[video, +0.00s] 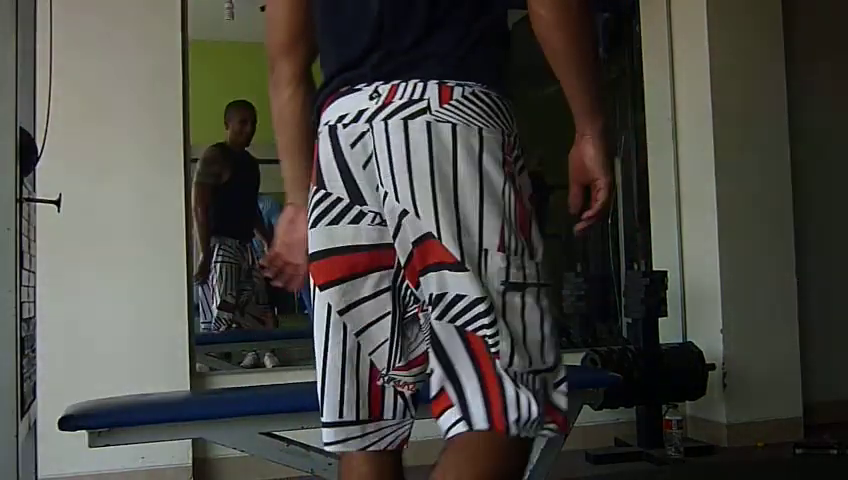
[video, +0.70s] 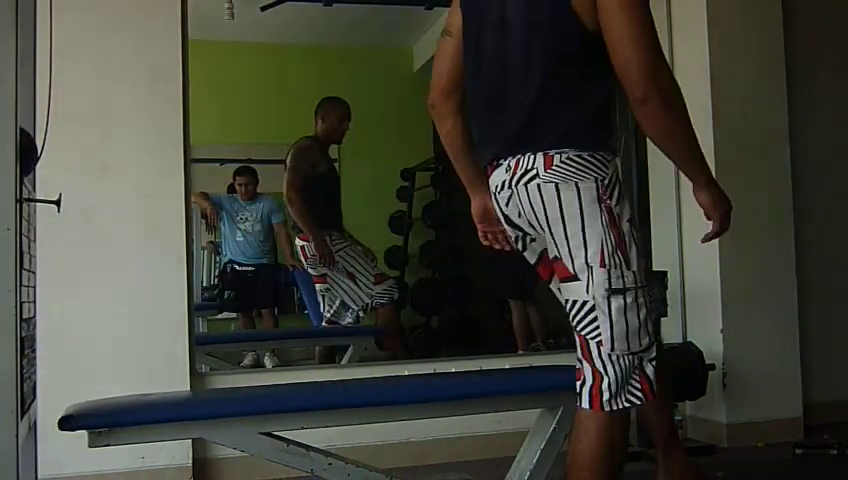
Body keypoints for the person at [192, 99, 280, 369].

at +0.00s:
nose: (249, 128)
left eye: (252, 123)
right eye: (243, 122)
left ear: (256, 126)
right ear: (228, 125)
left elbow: (252, 209)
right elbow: (199, 207)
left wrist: (271, 243)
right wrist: (205, 255)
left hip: (246, 249)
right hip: (221, 248)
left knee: (256, 316)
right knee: (223, 318)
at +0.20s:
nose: (280, 131)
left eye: (284, 125)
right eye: (275, 124)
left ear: (286, 127)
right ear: (259, 122)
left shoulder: (274, 162)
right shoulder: (241, 153)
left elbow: (274, 214)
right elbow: (232, 203)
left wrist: (287, 254)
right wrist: (259, 243)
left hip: (268, 250)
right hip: (243, 248)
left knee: (285, 313)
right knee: (238, 319)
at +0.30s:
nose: (294, 132)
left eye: (297, 127)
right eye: (288, 125)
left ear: (299, 127)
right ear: (272, 123)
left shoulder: (283, 160)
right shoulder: (256, 155)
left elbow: (280, 208)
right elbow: (251, 205)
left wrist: (289, 244)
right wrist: (284, 240)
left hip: (282, 250)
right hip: (261, 249)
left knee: (295, 320)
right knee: (253, 320)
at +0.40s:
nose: (309, 132)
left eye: (311, 127)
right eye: (303, 125)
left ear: (312, 127)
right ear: (286, 123)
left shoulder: (293, 158)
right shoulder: (272, 155)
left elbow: (292, 208)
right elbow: (265, 205)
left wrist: (304, 241)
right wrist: (298, 239)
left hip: (291, 247)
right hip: (281, 249)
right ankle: (251, 365)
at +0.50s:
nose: (323, 130)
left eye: (325, 124)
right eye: (320, 123)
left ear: (304, 123)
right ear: (303, 122)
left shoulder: (304, 158)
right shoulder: (283, 153)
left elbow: (305, 204)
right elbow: (274, 202)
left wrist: (320, 234)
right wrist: (305, 241)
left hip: (307, 245)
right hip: (297, 247)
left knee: (303, 316)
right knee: (337, 305)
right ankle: (292, 365)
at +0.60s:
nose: (334, 129)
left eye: (336, 123)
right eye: (332, 122)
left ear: (312, 120)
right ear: (315, 119)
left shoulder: (311, 153)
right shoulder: (295, 149)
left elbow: (310, 203)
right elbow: (281, 197)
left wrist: (329, 239)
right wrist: (308, 241)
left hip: (314, 239)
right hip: (314, 241)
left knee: (322, 312)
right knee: (367, 295)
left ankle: (321, 375)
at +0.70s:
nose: (346, 129)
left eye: (346, 123)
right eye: (342, 122)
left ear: (323, 121)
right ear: (323, 119)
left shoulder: (321, 153)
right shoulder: (306, 148)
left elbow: (328, 212)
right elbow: (291, 196)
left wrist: (355, 244)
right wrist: (317, 238)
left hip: (324, 240)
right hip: (323, 240)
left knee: (334, 315)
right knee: (384, 290)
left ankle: (323, 379)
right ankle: (395, 363)